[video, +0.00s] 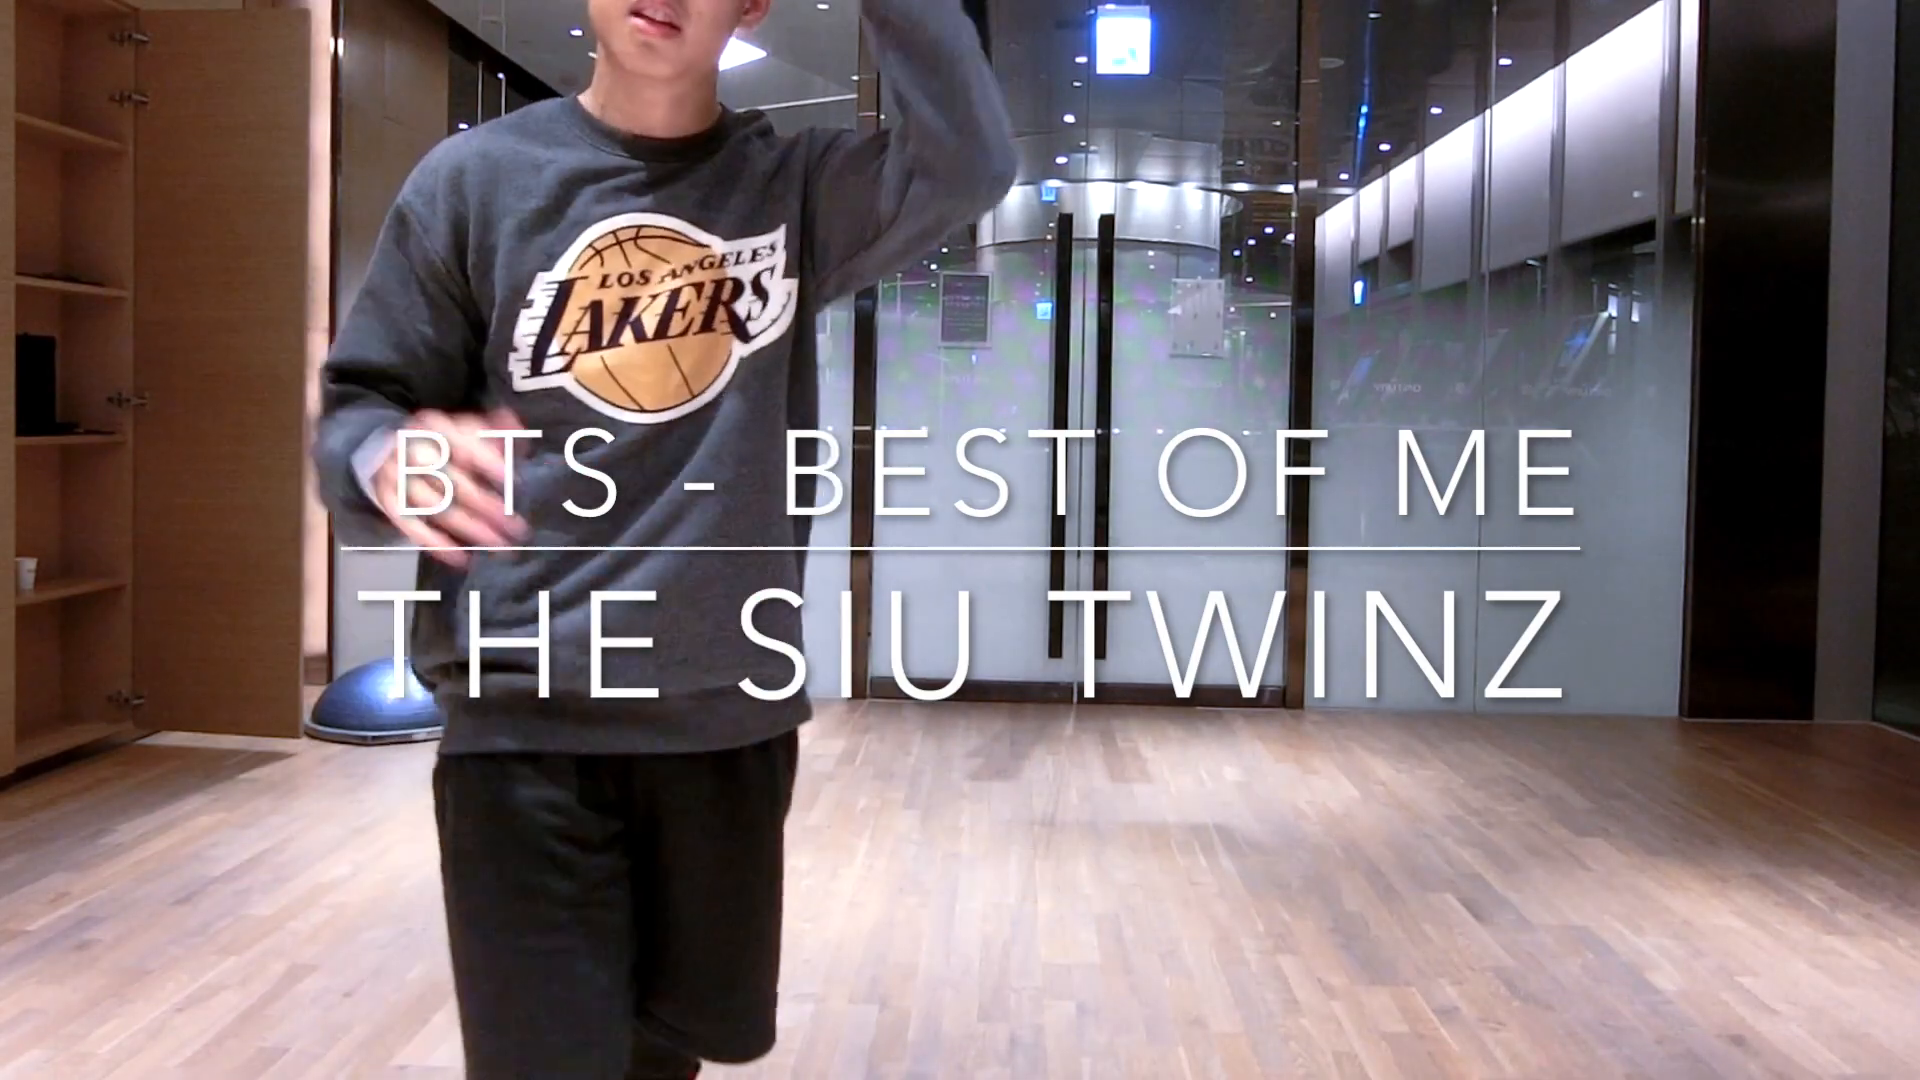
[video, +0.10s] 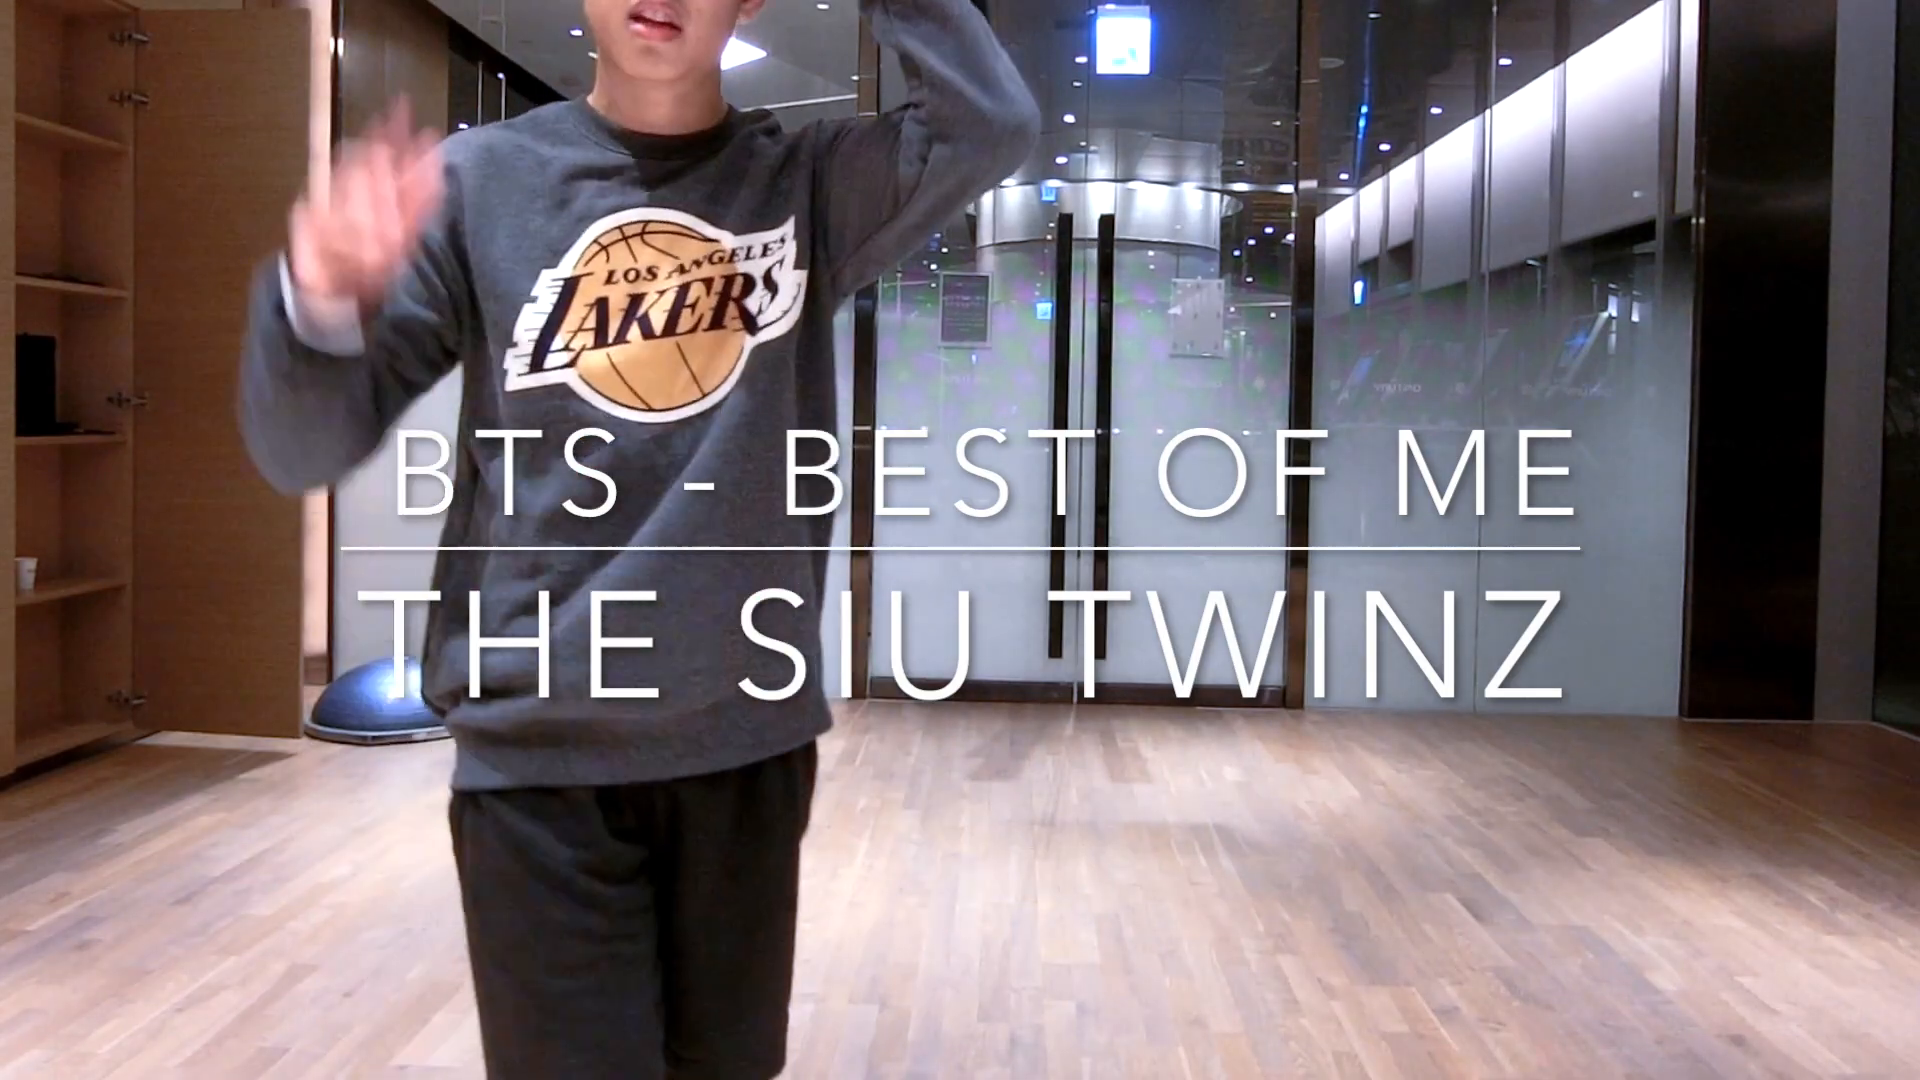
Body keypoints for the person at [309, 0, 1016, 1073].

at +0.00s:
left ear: (747, 13)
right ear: (595, 2)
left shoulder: (792, 181)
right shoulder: (470, 180)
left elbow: (966, 160)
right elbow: (355, 404)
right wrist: (388, 458)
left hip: (724, 726)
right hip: (523, 727)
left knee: (673, 1050)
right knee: (546, 1063)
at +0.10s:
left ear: (743, 7)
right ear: (587, 3)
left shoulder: (806, 177)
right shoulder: (477, 177)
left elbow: (995, 125)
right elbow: (302, 454)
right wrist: (321, 300)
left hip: (746, 752)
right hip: (535, 756)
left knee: (730, 1065)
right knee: (572, 1065)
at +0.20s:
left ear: (732, 0)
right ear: (582, 5)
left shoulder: (811, 164)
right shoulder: (476, 171)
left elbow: (1008, 105)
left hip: (769, 764)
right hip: (558, 772)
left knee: (752, 1060)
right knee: (582, 1060)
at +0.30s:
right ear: (579, 1)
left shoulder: (820, 147)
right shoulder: (482, 148)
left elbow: (1018, 82)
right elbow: (223, 160)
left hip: (789, 758)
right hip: (570, 763)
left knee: (783, 1061)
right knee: (586, 1060)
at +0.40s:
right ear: (575, 1)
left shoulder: (827, 135)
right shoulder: (497, 137)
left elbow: (1030, 61)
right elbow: (247, 72)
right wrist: (404, 6)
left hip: (807, 768)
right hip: (576, 777)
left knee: (821, 1066)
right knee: (589, 1067)